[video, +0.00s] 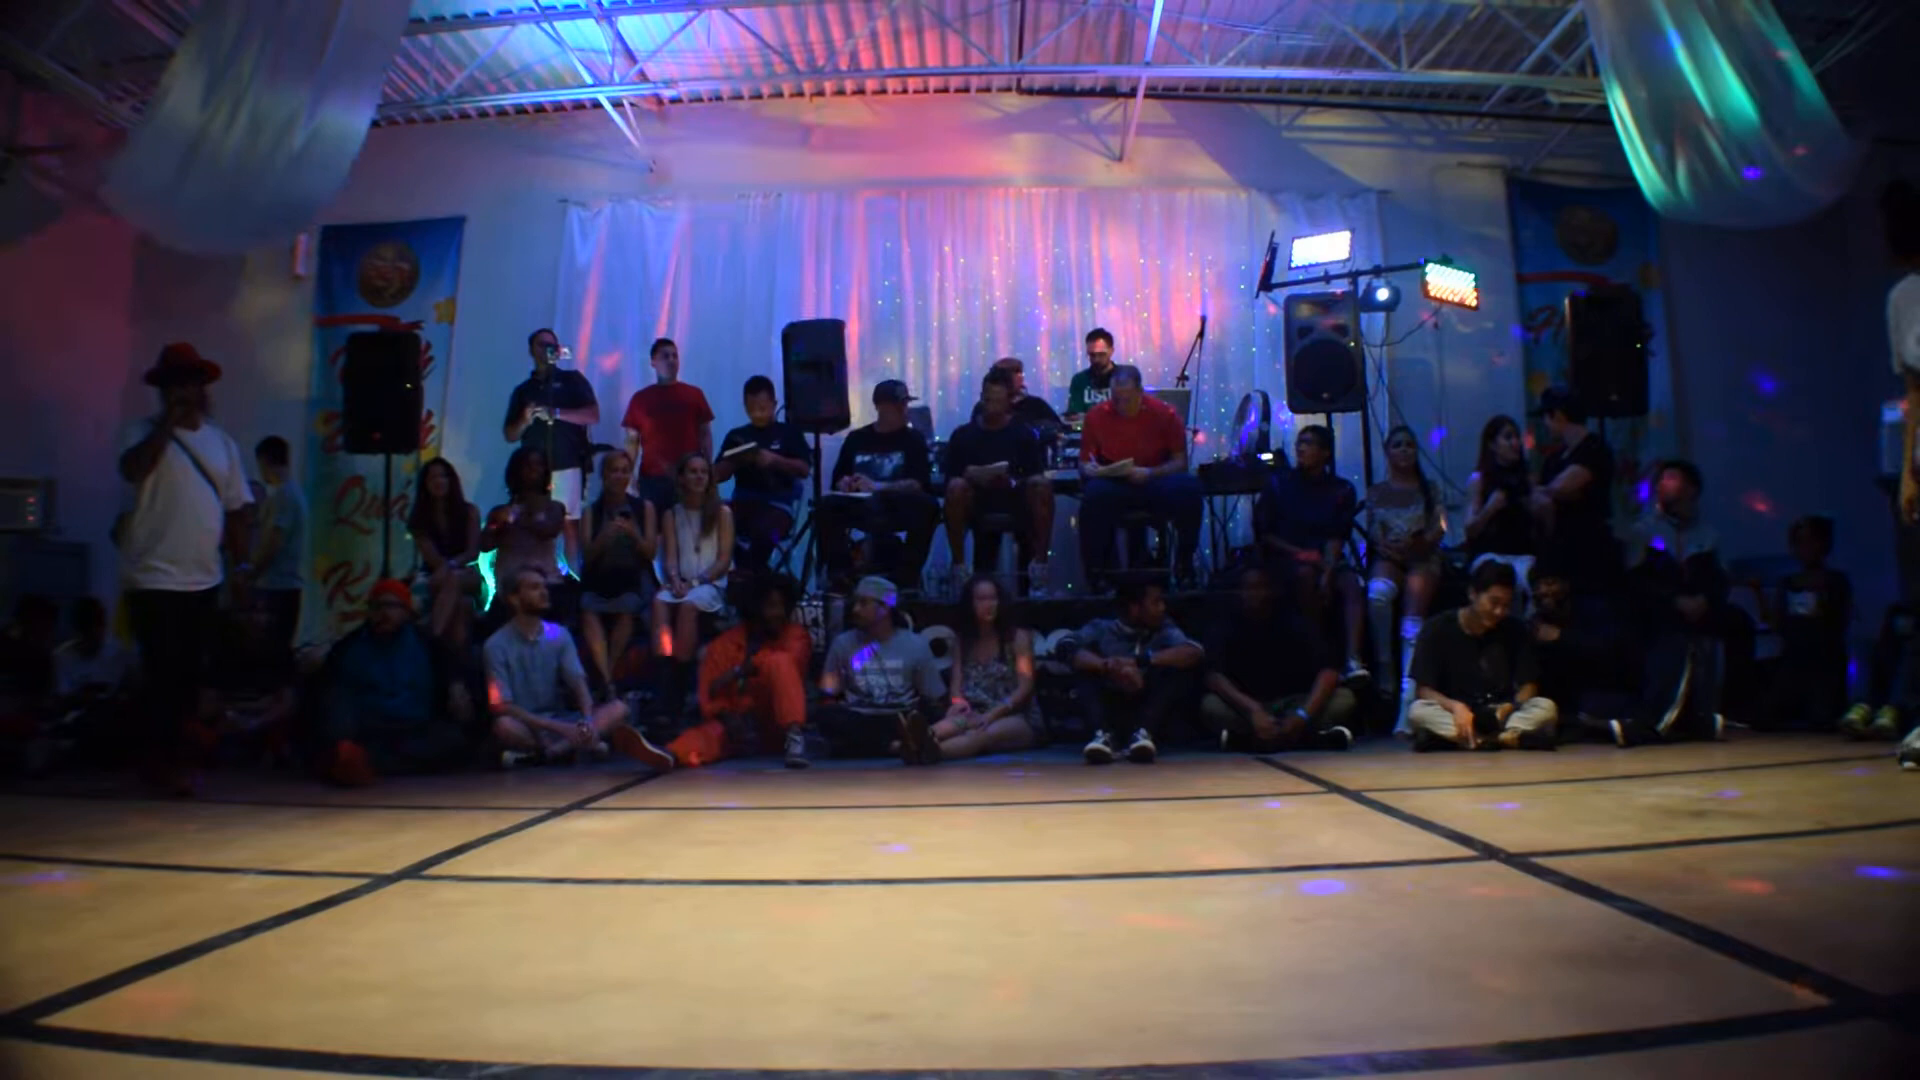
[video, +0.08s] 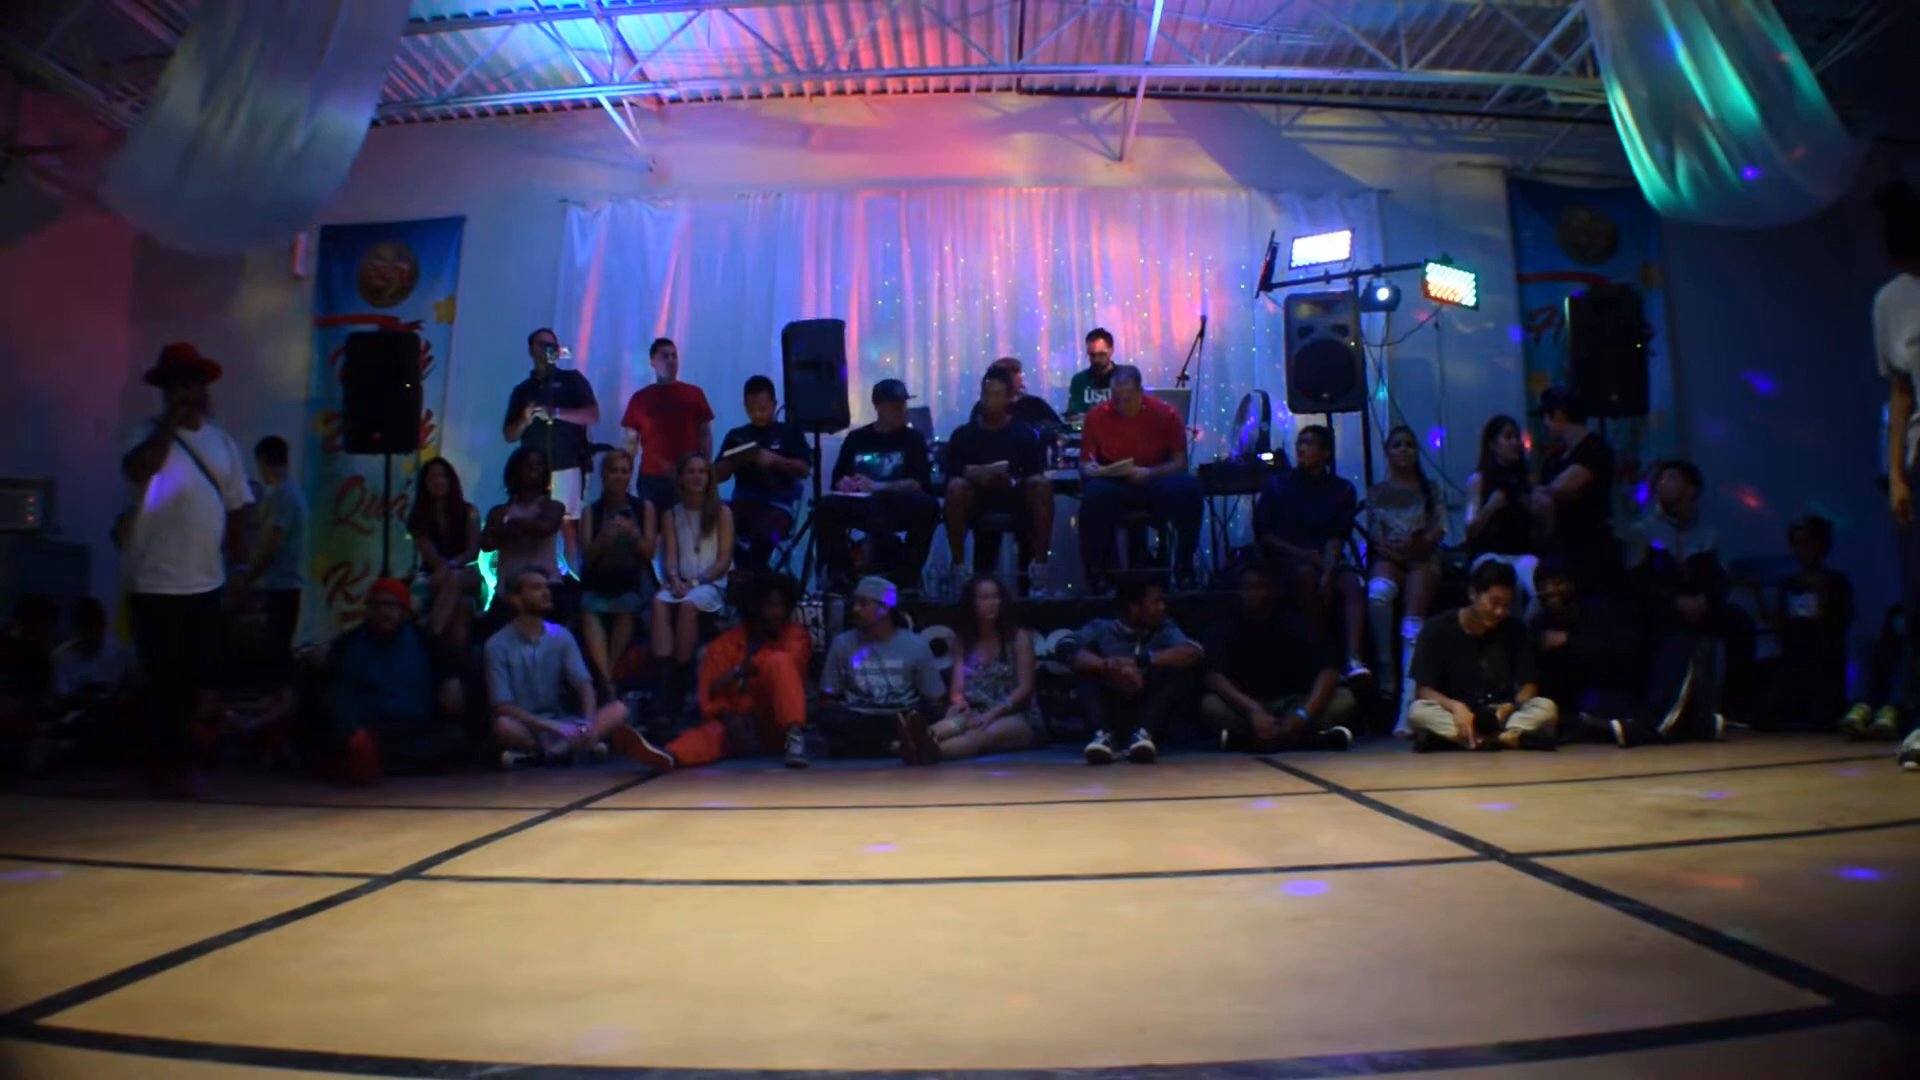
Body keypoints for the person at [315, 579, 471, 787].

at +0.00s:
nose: (384, 614)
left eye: (392, 606)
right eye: (378, 606)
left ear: (406, 611)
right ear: (369, 610)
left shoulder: (424, 645)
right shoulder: (351, 646)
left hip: (416, 722)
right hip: (365, 723)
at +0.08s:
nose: (383, 613)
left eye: (390, 605)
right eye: (377, 605)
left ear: (404, 611)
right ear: (369, 609)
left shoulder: (422, 643)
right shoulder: (349, 644)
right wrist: (352, 730)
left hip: (419, 720)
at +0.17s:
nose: (380, 611)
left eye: (388, 605)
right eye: (374, 604)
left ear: (403, 610)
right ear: (366, 607)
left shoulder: (422, 642)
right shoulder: (349, 640)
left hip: (414, 715)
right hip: (363, 716)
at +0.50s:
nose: (365, 614)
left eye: (373, 607)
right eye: (361, 606)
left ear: (389, 612)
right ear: (354, 609)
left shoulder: (410, 642)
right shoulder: (345, 641)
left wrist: (435, 697)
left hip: (404, 717)